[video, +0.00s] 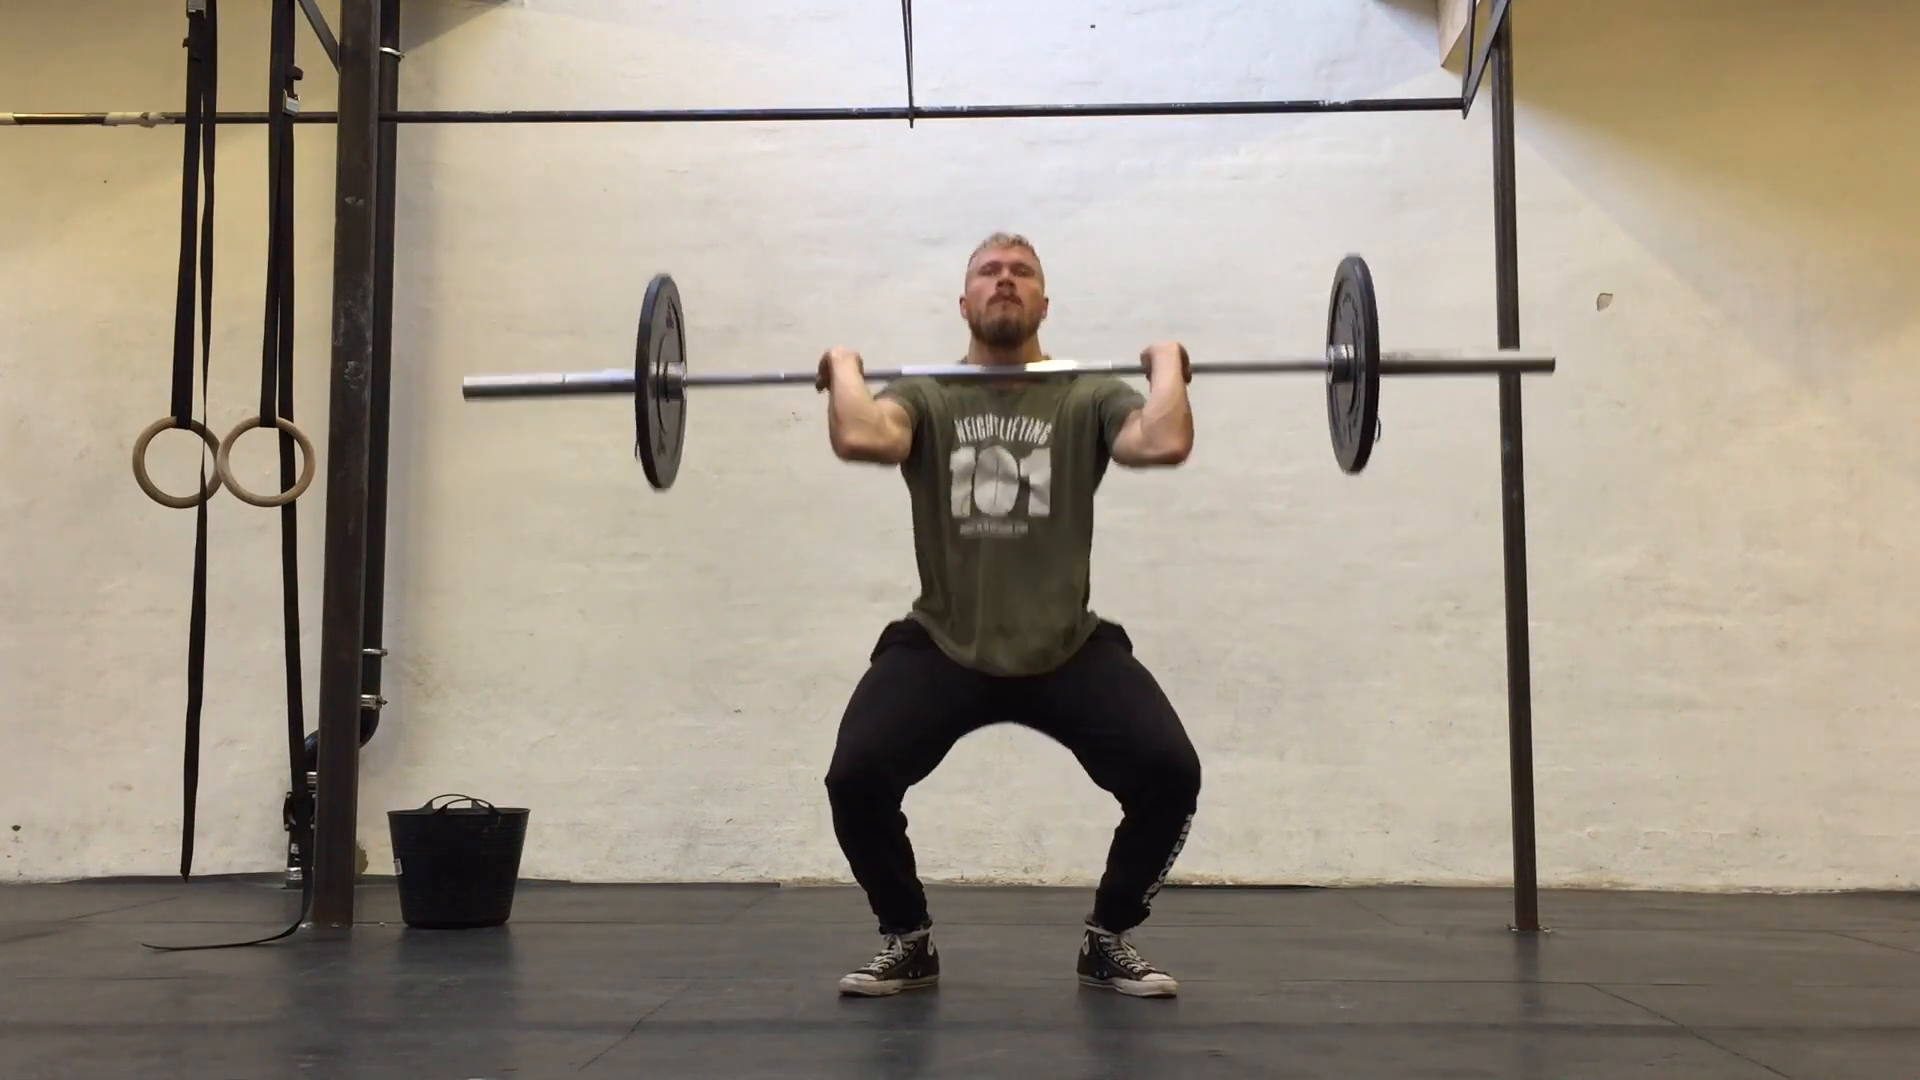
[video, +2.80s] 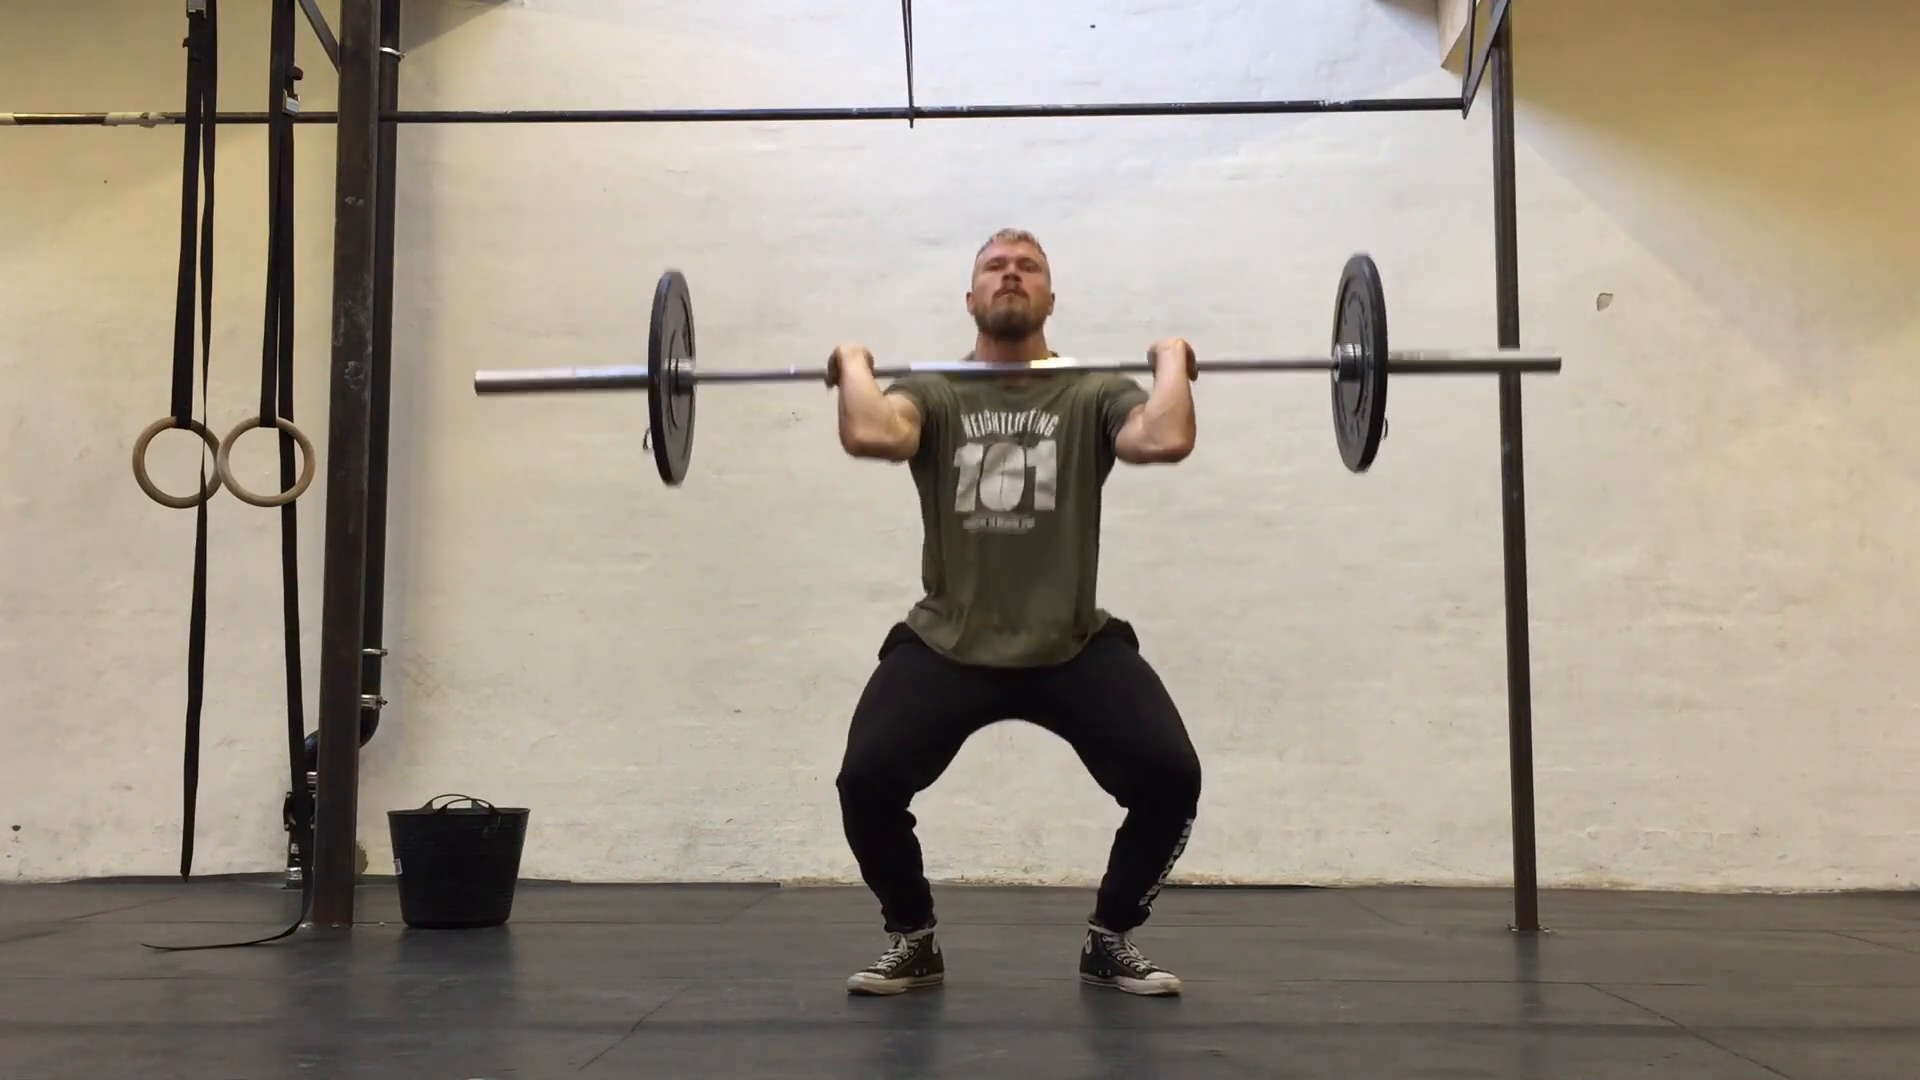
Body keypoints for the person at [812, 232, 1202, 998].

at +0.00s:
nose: (1004, 279)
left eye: (1021, 271)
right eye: (988, 270)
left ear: (1044, 303)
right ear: (963, 301)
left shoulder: (1089, 392)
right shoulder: (924, 396)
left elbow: (1167, 442)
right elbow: (857, 436)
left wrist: (1166, 359)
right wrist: (843, 362)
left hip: (1066, 649)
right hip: (944, 648)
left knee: (1168, 776)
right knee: (857, 779)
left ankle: (1107, 943)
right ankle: (908, 945)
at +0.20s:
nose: (1002, 173)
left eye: (1018, 168)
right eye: (986, 168)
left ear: (1041, 200)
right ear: (962, 201)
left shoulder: (1075, 279)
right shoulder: (924, 283)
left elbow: (1155, 303)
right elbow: (857, 318)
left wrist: (1169, 219)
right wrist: (841, 234)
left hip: (1060, 552)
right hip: (945, 552)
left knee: (1095, 747)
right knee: (916, 748)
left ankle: (1107, 938)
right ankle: (905, 938)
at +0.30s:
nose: (998, 165)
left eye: (1016, 159)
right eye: (982, 159)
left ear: (1040, 191)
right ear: (961, 191)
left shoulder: (1079, 261)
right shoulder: (918, 266)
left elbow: (1183, 221)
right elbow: (825, 231)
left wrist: (1174, 119)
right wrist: (834, 124)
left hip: (1061, 527)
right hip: (945, 530)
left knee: (1088, 735)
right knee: (925, 736)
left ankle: (1110, 936)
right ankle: (904, 935)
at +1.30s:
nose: (1000, 145)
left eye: (1017, 136)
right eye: (984, 137)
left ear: (1043, 167)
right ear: (962, 169)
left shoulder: (1088, 257)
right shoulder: (920, 255)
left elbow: (1198, 309)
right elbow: (795, 280)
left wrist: (1188, 272)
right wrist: (825, 263)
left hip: (1071, 524)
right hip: (956, 526)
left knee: (1104, 728)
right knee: (923, 729)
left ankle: (1110, 924)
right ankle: (902, 926)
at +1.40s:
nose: (1005, 129)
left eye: (1022, 120)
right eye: (989, 120)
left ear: (1048, 148)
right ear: (965, 148)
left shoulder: (1089, 239)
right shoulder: (923, 236)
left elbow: (1200, 304)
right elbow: (812, 294)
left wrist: (1185, 366)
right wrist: (839, 361)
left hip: (1070, 503)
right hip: (958, 504)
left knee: (1101, 713)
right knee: (926, 711)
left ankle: (1115, 915)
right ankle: (903, 916)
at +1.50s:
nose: (1007, 151)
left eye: (1024, 142)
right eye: (991, 141)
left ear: (1049, 171)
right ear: (965, 169)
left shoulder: (1100, 279)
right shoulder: (917, 278)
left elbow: (1176, 379)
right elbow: (843, 381)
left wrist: (1184, 497)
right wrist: (846, 495)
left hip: (1074, 548)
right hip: (951, 550)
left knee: (1107, 737)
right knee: (921, 741)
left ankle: (1110, 932)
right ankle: (908, 931)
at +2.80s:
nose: (1010, 274)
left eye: (1027, 266)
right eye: (995, 265)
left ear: (1051, 298)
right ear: (970, 297)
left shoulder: (1094, 390)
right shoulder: (931, 391)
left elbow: (1169, 438)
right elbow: (866, 433)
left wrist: (1171, 356)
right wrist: (852, 358)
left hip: (1072, 646)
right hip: (948, 646)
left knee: (1170, 780)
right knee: (867, 784)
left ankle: (1109, 943)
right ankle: (913, 943)